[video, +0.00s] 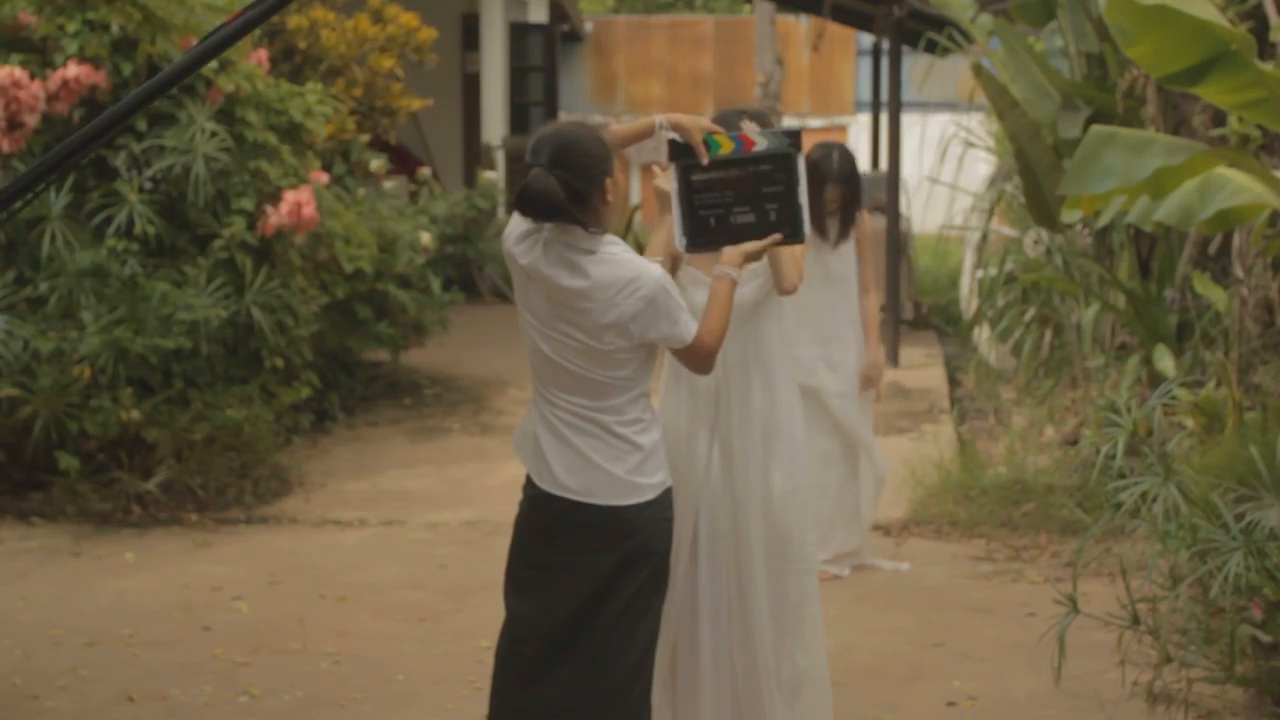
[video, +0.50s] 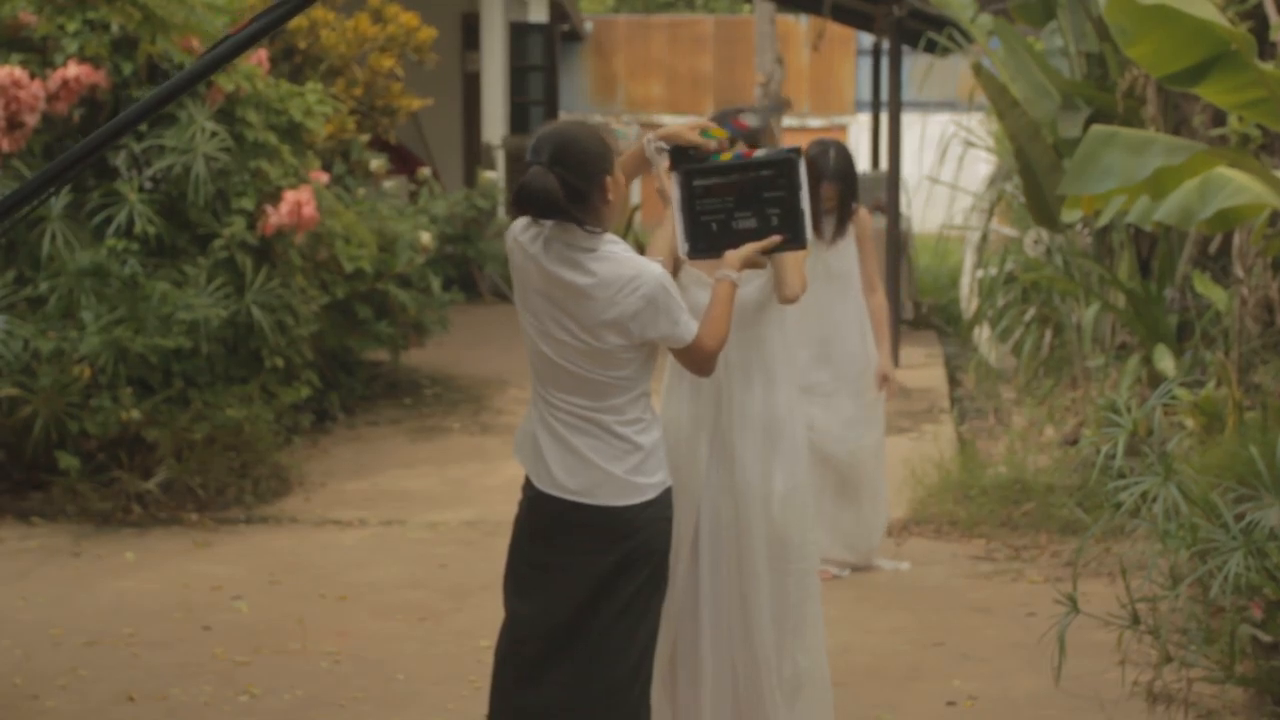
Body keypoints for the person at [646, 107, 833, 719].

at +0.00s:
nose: (736, 165)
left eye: (750, 153)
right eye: (725, 151)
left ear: (772, 162)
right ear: (705, 155)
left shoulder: (778, 219)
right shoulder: (691, 210)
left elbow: (788, 278)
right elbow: (656, 280)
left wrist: (771, 196)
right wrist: (663, 202)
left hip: (760, 410)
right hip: (691, 411)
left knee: (760, 561)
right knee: (694, 562)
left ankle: (767, 701)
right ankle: (694, 702)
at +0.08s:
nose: (736, 166)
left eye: (749, 154)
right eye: (725, 152)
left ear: (771, 163)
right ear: (705, 156)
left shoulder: (779, 221)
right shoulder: (691, 211)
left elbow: (788, 283)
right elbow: (657, 285)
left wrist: (774, 198)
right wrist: (663, 205)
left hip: (761, 410)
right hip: (692, 411)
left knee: (761, 559)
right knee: (695, 561)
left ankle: (767, 700)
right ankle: (695, 702)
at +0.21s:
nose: (737, 166)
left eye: (751, 154)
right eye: (726, 153)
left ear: (772, 163)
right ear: (706, 157)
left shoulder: (780, 221)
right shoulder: (694, 213)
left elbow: (790, 288)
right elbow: (658, 288)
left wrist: (778, 198)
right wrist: (659, 204)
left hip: (762, 413)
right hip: (693, 416)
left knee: (763, 563)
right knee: (697, 565)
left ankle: (769, 702)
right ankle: (697, 703)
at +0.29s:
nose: (737, 166)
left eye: (751, 154)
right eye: (725, 153)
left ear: (772, 162)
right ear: (705, 157)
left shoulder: (780, 220)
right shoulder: (691, 213)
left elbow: (791, 289)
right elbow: (659, 293)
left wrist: (778, 200)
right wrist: (658, 208)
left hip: (763, 414)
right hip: (694, 417)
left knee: (764, 564)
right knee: (696, 566)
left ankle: (770, 702)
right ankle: (697, 704)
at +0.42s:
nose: (738, 168)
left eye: (751, 155)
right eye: (727, 155)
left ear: (771, 161)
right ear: (705, 158)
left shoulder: (778, 216)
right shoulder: (689, 211)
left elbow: (790, 287)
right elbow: (657, 287)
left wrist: (777, 201)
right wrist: (662, 204)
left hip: (763, 415)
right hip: (693, 419)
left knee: (764, 565)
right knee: (696, 567)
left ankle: (769, 702)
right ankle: (696, 704)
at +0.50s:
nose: (726, 174)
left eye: (740, 163)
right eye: (714, 164)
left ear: (758, 168)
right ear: (698, 169)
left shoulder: (775, 223)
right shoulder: (688, 218)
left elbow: (790, 288)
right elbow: (658, 279)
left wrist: (780, 210)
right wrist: (670, 199)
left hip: (762, 421)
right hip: (693, 425)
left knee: (762, 568)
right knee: (695, 570)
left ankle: (768, 701)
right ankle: (695, 703)